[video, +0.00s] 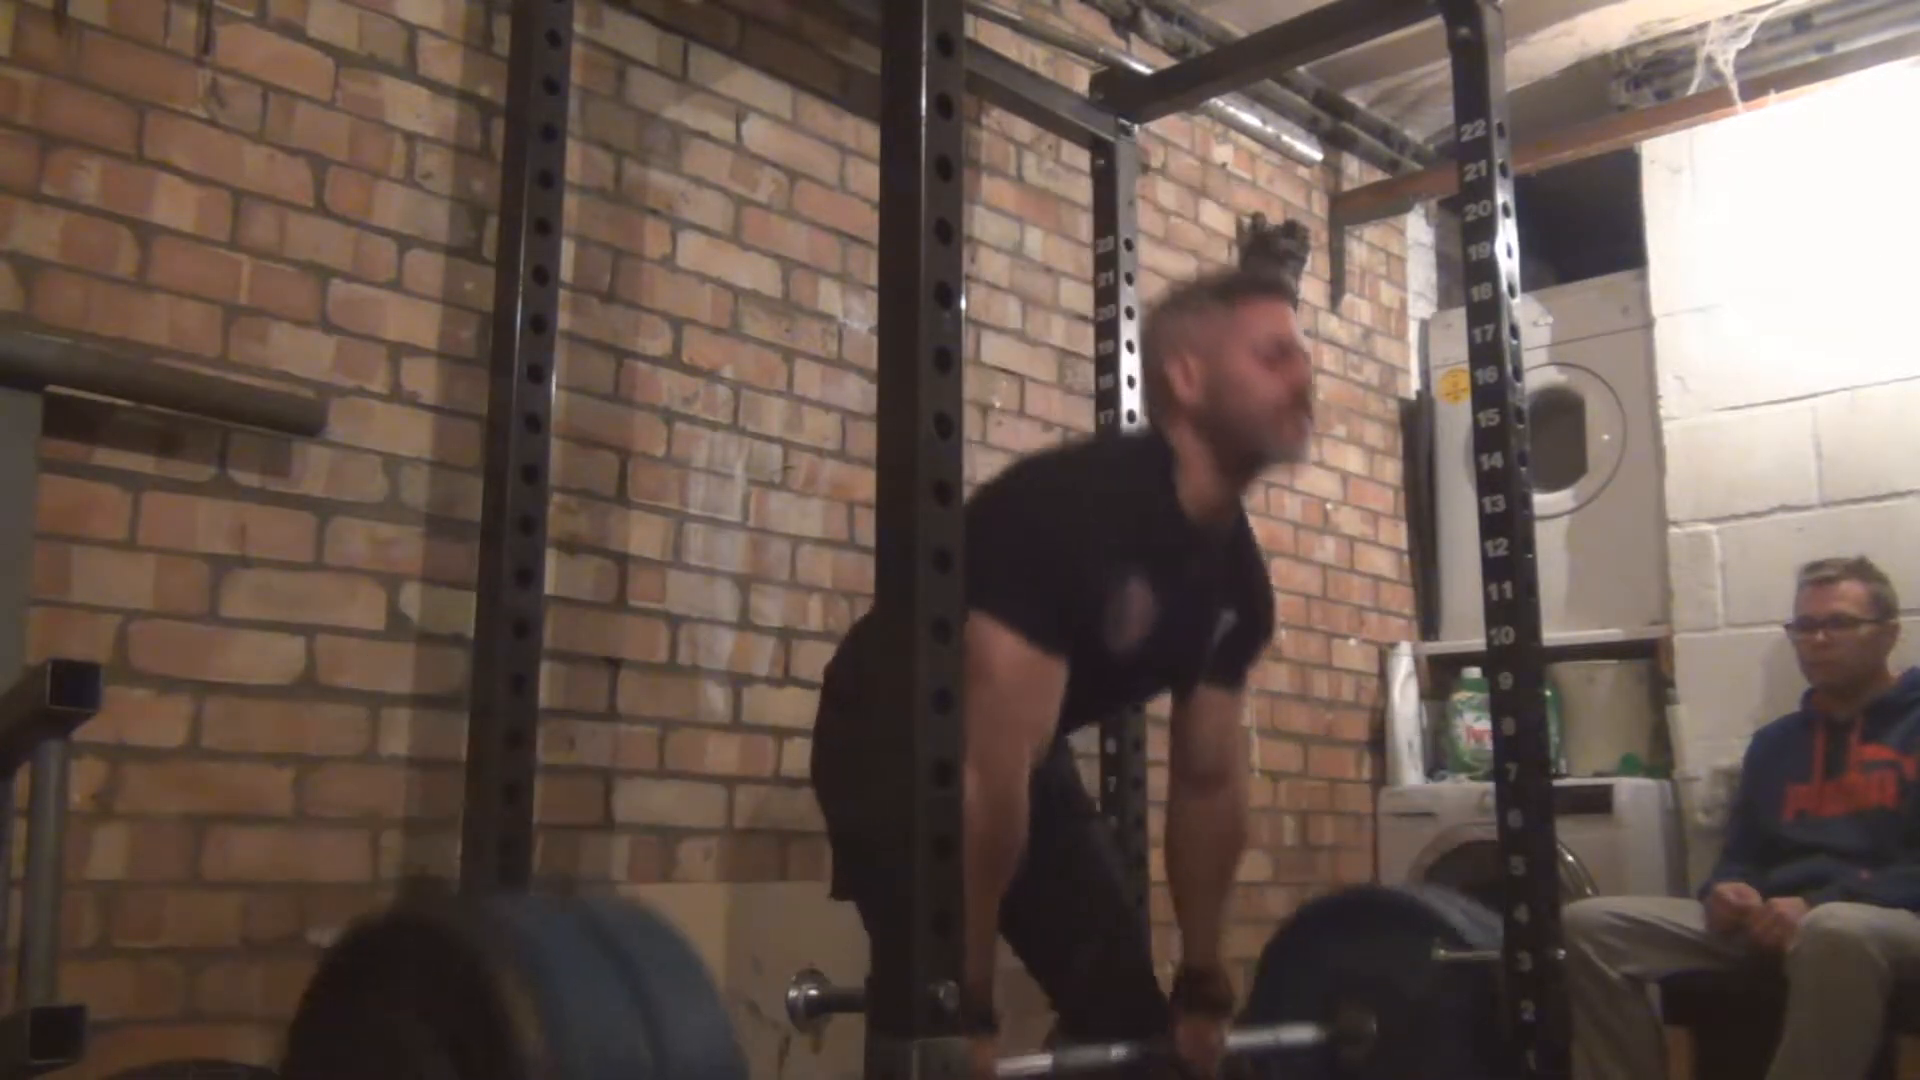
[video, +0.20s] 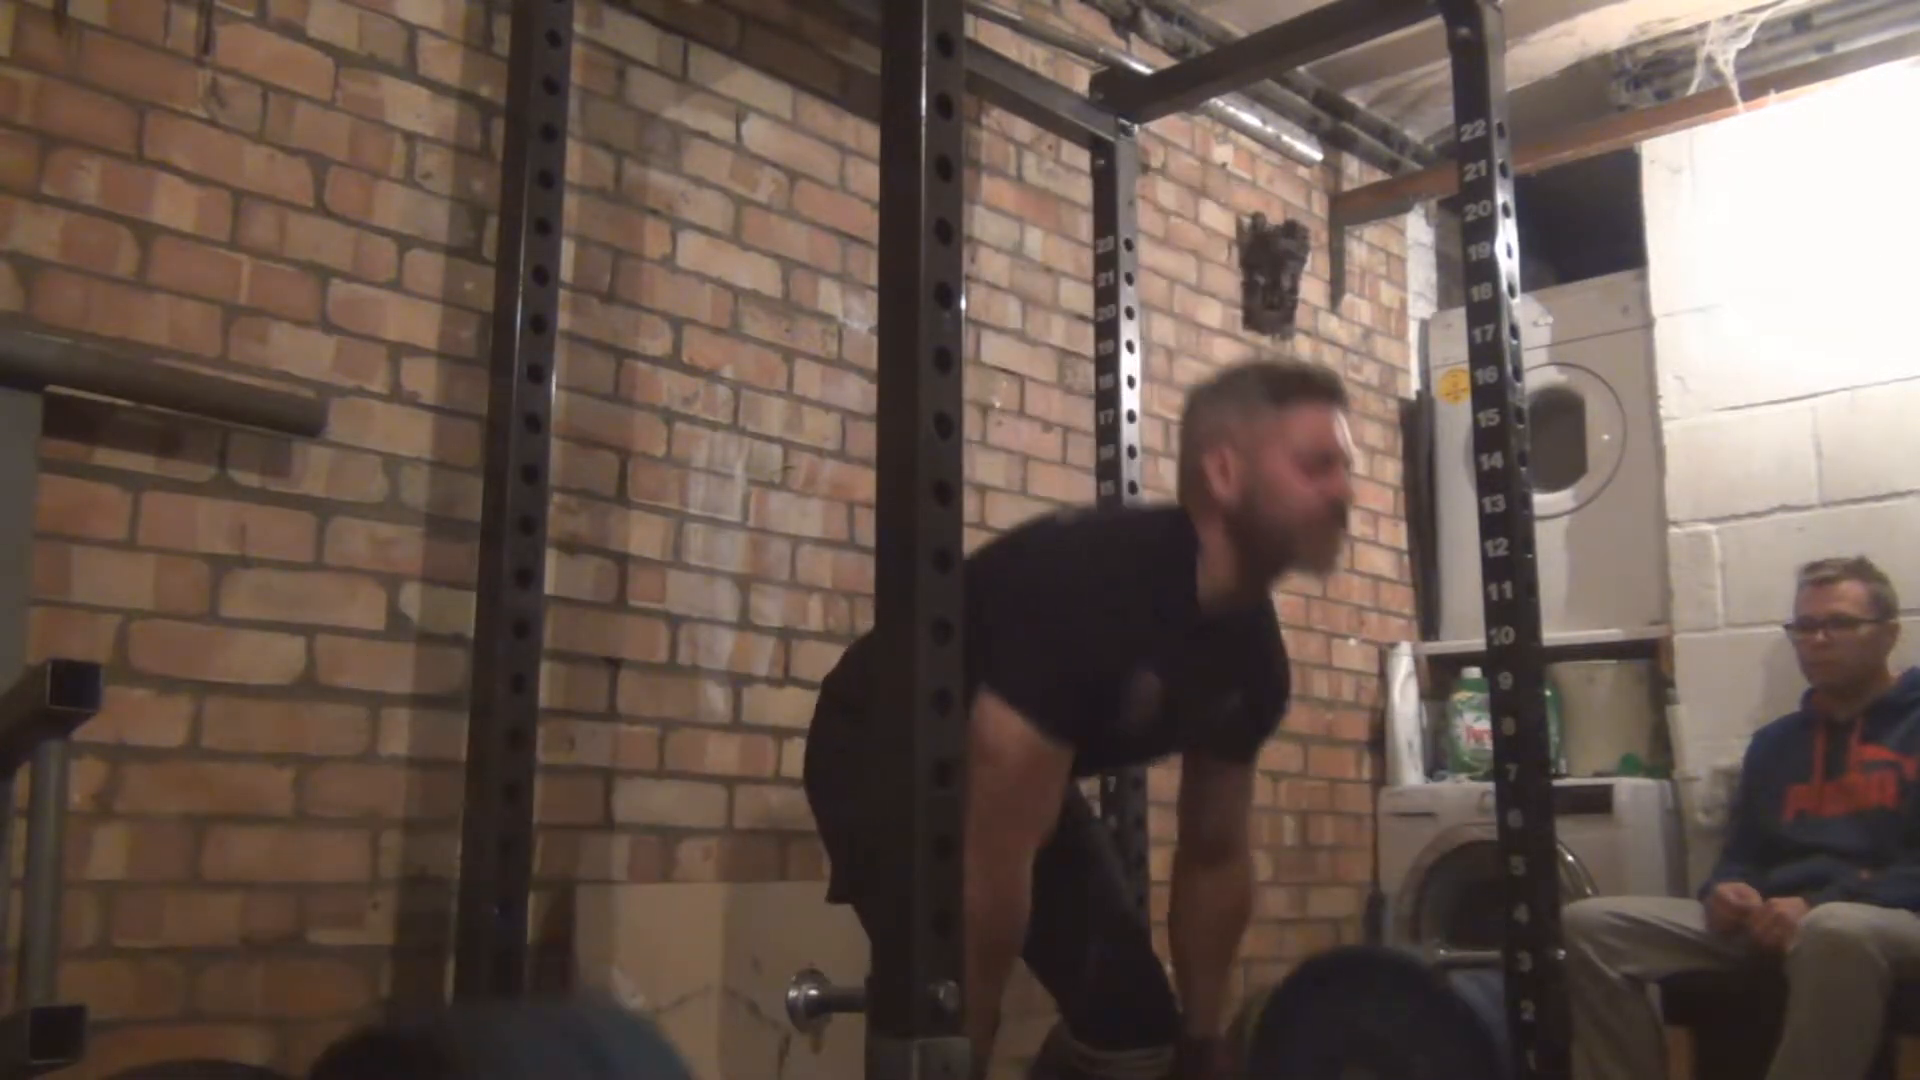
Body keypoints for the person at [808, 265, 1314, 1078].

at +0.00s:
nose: (1307, 380)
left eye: (1302, 355)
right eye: (1275, 355)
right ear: (1184, 377)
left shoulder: (1233, 580)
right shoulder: (1066, 507)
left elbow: (1210, 783)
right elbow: (994, 773)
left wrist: (1203, 980)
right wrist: (971, 1014)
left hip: (1017, 750)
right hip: (890, 729)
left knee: (1122, 1004)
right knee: (928, 1006)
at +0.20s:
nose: (1345, 491)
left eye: (1342, 468)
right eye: (1316, 465)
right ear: (1224, 474)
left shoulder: (1249, 664)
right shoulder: (1087, 586)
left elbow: (1215, 858)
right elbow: (996, 866)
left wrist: (1204, 1042)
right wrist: (963, 1057)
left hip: (1015, 767)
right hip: (879, 750)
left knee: (1131, 1025)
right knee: (937, 1010)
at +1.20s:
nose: (1289, 394)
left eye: (1288, 370)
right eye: (1259, 368)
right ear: (1167, 383)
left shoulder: (1219, 588)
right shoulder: (1052, 507)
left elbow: (1202, 779)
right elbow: (976, 756)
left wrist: (1205, 978)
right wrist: (969, 985)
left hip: (1001, 735)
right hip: (876, 715)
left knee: (1107, 972)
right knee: (923, 1008)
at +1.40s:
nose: (1233, 272)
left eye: (1230, 252)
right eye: (1203, 250)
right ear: (1118, 275)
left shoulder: (1202, 488)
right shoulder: (1032, 421)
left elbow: (1189, 683)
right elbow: (960, 654)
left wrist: (1196, 854)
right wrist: (962, 887)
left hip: (1021, 703)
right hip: (908, 687)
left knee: (1115, 983)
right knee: (929, 973)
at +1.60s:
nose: (1146, 185)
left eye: (1147, 168)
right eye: (1116, 163)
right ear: (1034, 187)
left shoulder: (1154, 383)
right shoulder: (994, 331)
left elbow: (1165, 590)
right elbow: (947, 562)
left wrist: (1192, 767)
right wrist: (958, 769)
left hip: (1088, 691)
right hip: (978, 681)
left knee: (1123, 1002)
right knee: (951, 1006)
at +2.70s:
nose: (1235, 291)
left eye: (1237, 268)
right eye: (1207, 264)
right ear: (1119, 274)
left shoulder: (1194, 495)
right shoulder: (1024, 419)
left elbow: (1185, 695)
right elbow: (969, 661)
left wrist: (1196, 887)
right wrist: (949, 901)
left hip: (1020, 709)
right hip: (907, 692)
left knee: (1117, 992)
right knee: (927, 1007)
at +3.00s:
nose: (1292, 427)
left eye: (1291, 404)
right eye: (1264, 401)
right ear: (1173, 412)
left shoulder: (1217, 611)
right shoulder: (1053, 536)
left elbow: (1198, 814)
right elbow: (984, 791)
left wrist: (1197, 1009)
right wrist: (955, 1003)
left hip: (993, 764)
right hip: (871, 737)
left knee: (1120, 1013)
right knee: (924, 1026)